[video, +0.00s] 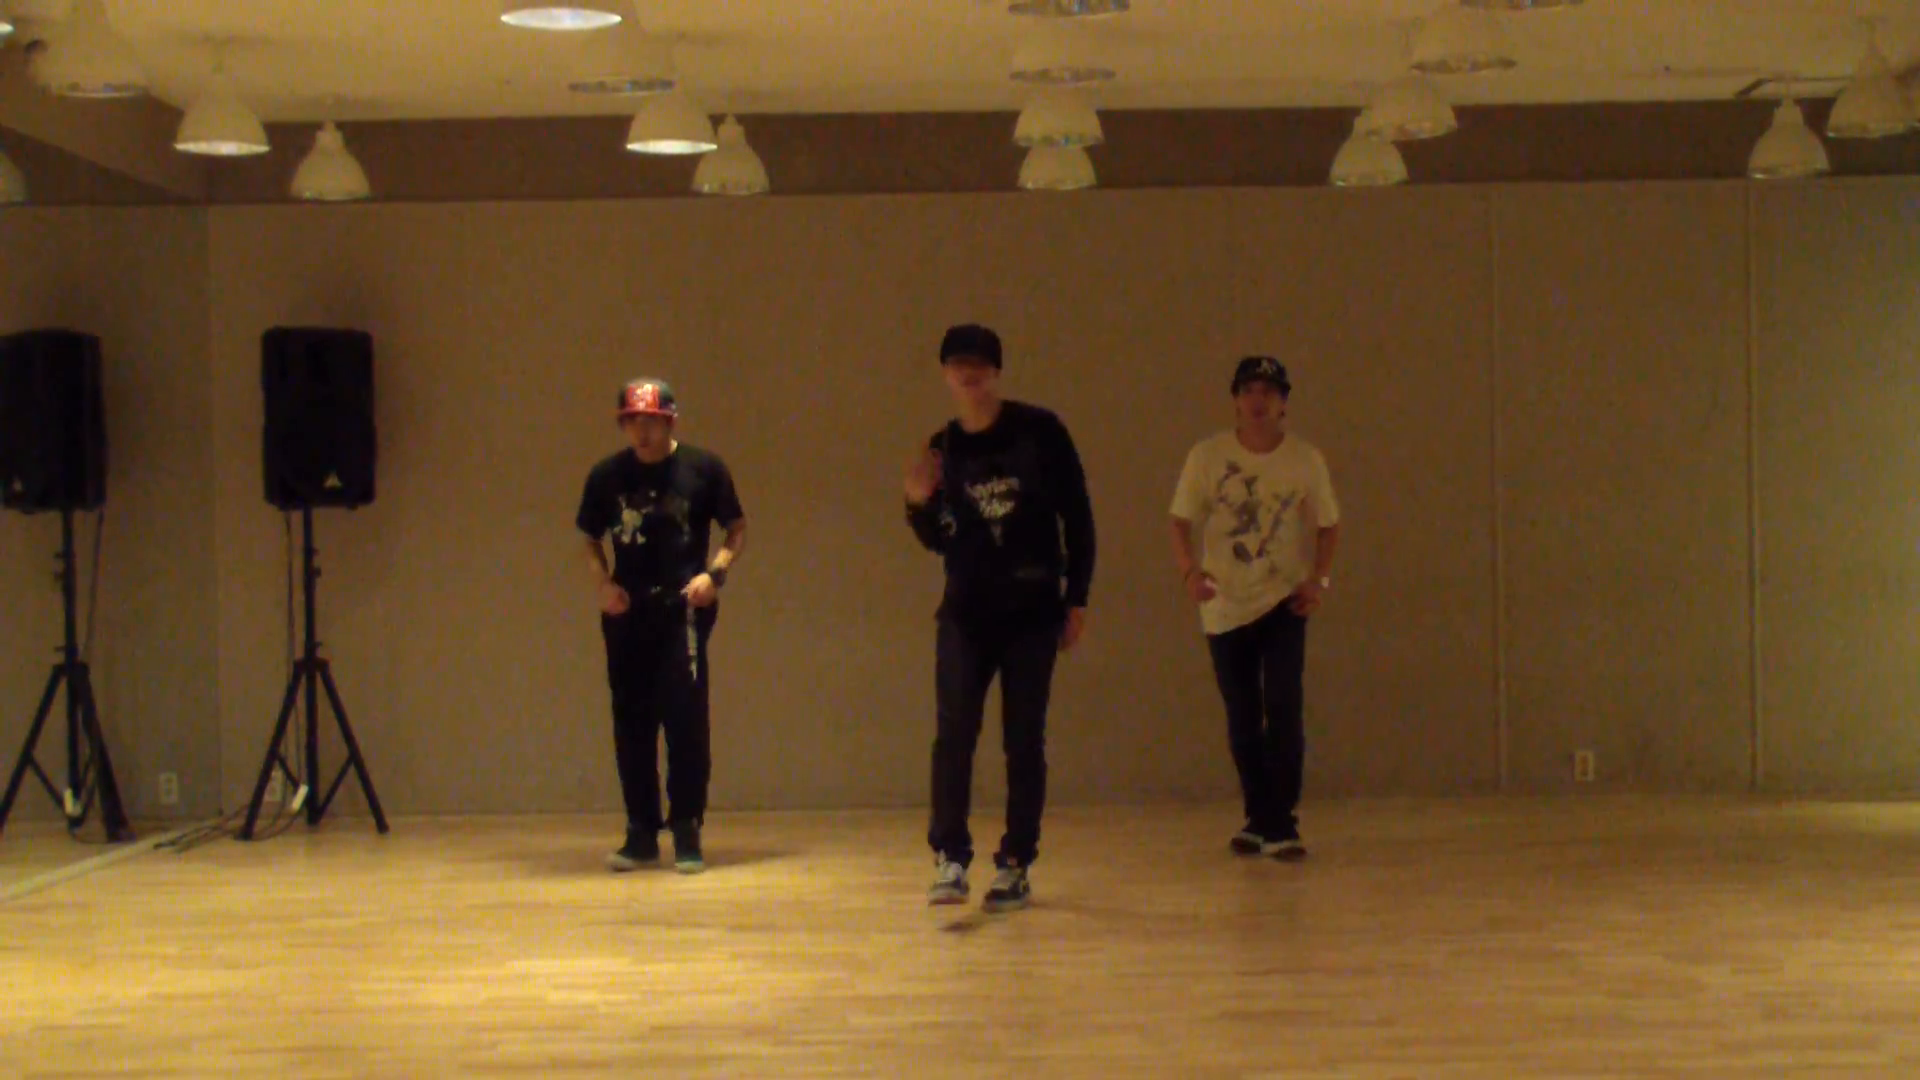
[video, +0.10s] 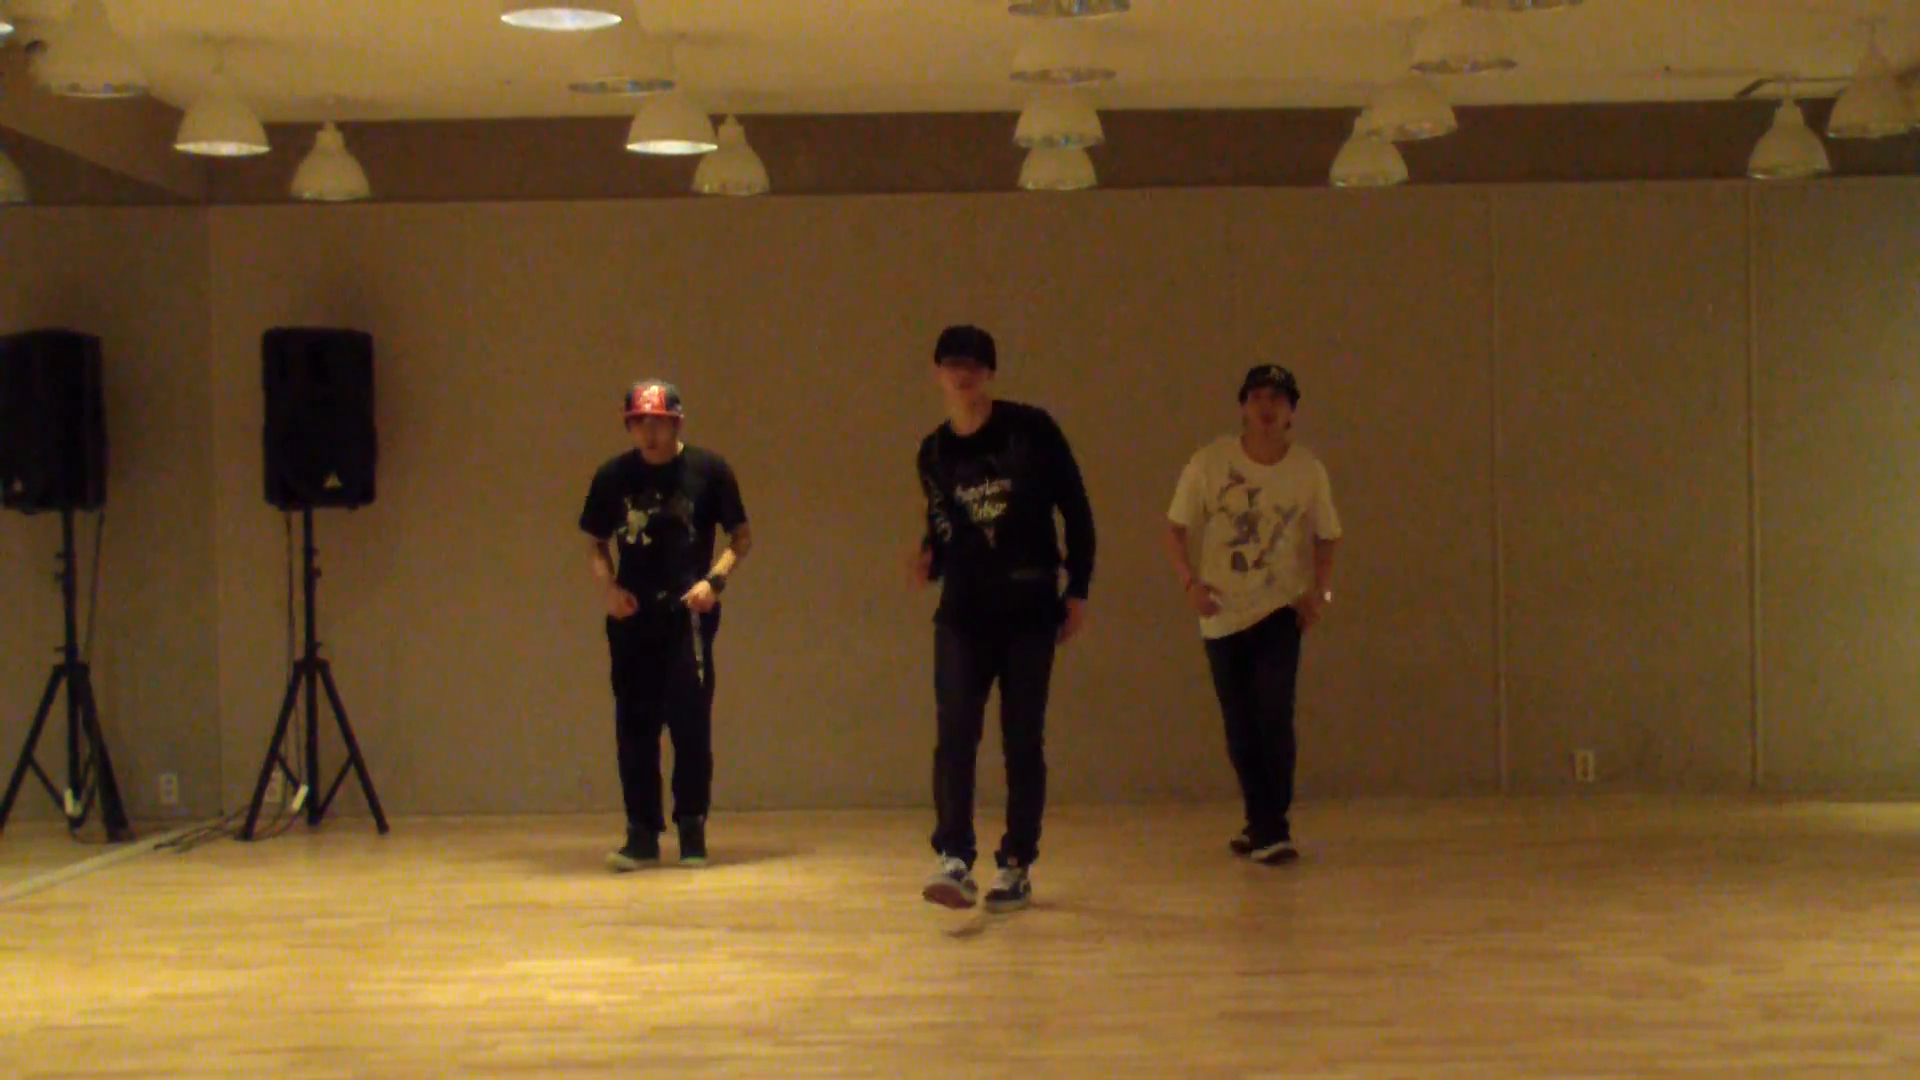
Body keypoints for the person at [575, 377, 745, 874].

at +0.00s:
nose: (642, 431)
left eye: (651, 421)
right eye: (634, 422)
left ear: (671, 422)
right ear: (623, 426)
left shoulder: (704, 470)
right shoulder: (607, 476)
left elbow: (735, 528)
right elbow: (589, 537)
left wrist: (712, 575)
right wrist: (604, 584)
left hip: (683, 616)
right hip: (627, 617)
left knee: (686, 725)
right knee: (632, 726)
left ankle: (687, 834)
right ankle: (641, 835)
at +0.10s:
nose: (649, 432)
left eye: (658, 422)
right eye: (640, 423)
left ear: (677, 423)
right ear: (629, 427)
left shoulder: (709, 472)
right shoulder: (613, 476)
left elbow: (739, 535)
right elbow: (595, 542)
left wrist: (713, 581)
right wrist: (609, 587)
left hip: (688, 620)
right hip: (632, 620)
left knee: (690, 729)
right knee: (635, 730)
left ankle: (692, 834)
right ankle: (641, 836)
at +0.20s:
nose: (658, 434)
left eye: (667, 424)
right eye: (649, 425)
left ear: (685, 426)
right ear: (637, 429)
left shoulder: (716, 476)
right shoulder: (619, 480)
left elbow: (746, 541)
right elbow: (599, 545)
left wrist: (718, 587)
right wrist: (617, 589)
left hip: (693, 622)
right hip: (637, 622)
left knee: (695, 731)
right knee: (638, 731)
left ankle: (694, 835)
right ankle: (643, 836)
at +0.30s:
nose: (664, 434)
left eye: (673, 425)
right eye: (656, 425)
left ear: (691, 426)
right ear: (644, 429)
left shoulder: (723, 477)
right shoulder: (625, 479)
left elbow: (755, 542)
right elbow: (605, 545)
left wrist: (724, 588)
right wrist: (622, 589)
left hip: (698, 623)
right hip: (641, 622)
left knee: (701, 729)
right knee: (640, 728)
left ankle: (695, 831)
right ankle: (644, 833)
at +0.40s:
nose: (668, 436)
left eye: (677, 426)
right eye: (660, 426)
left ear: (696, 427)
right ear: (648, 430)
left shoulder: (727, 477)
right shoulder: (628, 479)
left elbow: (760, 543)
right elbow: (610, 546)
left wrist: (729, 587)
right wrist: (628, 587)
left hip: (701, 623)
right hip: (644, 623)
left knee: (704, 731)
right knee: (642, 729)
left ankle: (695, 832)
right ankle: (649, 831)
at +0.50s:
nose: (670, 436)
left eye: (679, 426)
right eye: (662, 426)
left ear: (698, 427)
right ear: (650, 430)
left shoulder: (729, 478)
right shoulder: (631, 479)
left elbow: (763, 544)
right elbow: (612, 544)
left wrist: (731, 588)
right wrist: (629, 587)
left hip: (703, 622)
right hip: (647, 622)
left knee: (705, 728)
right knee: (644, 726)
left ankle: (696, 828)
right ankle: (656, 822)